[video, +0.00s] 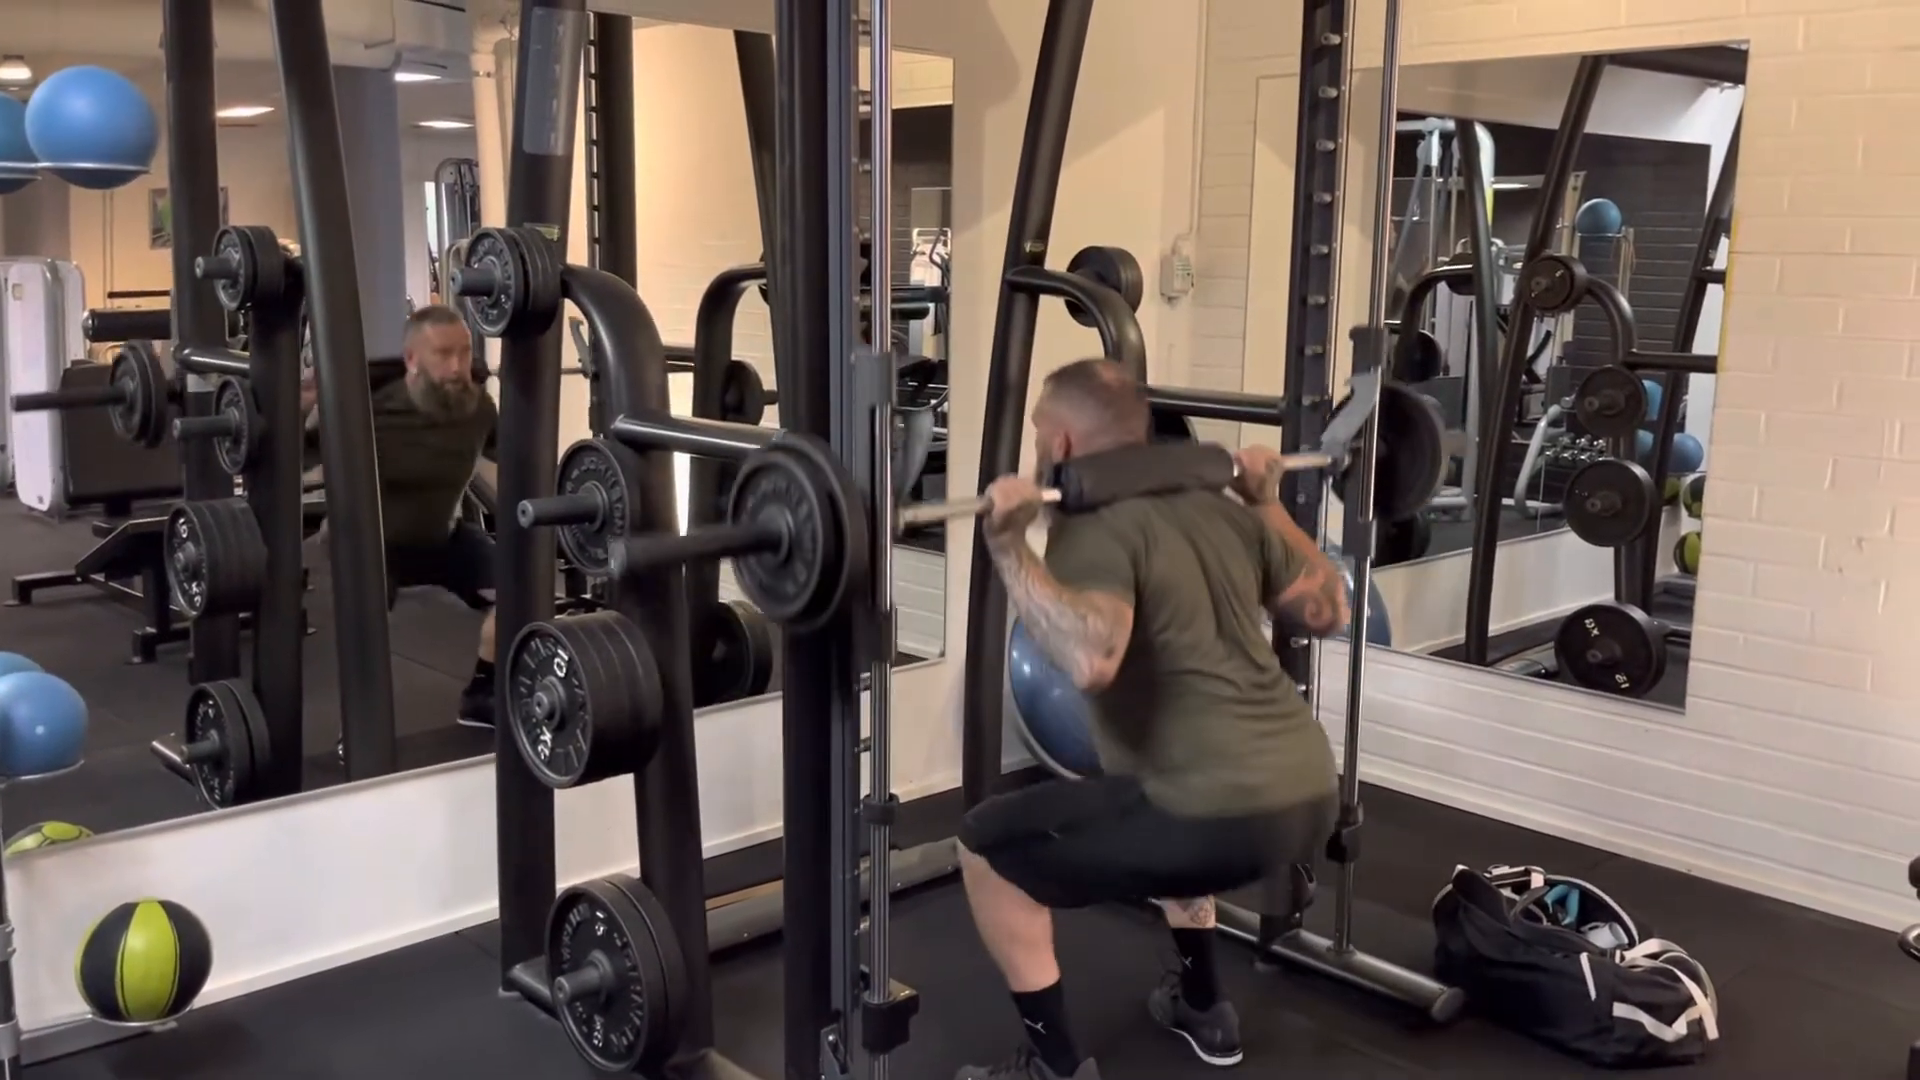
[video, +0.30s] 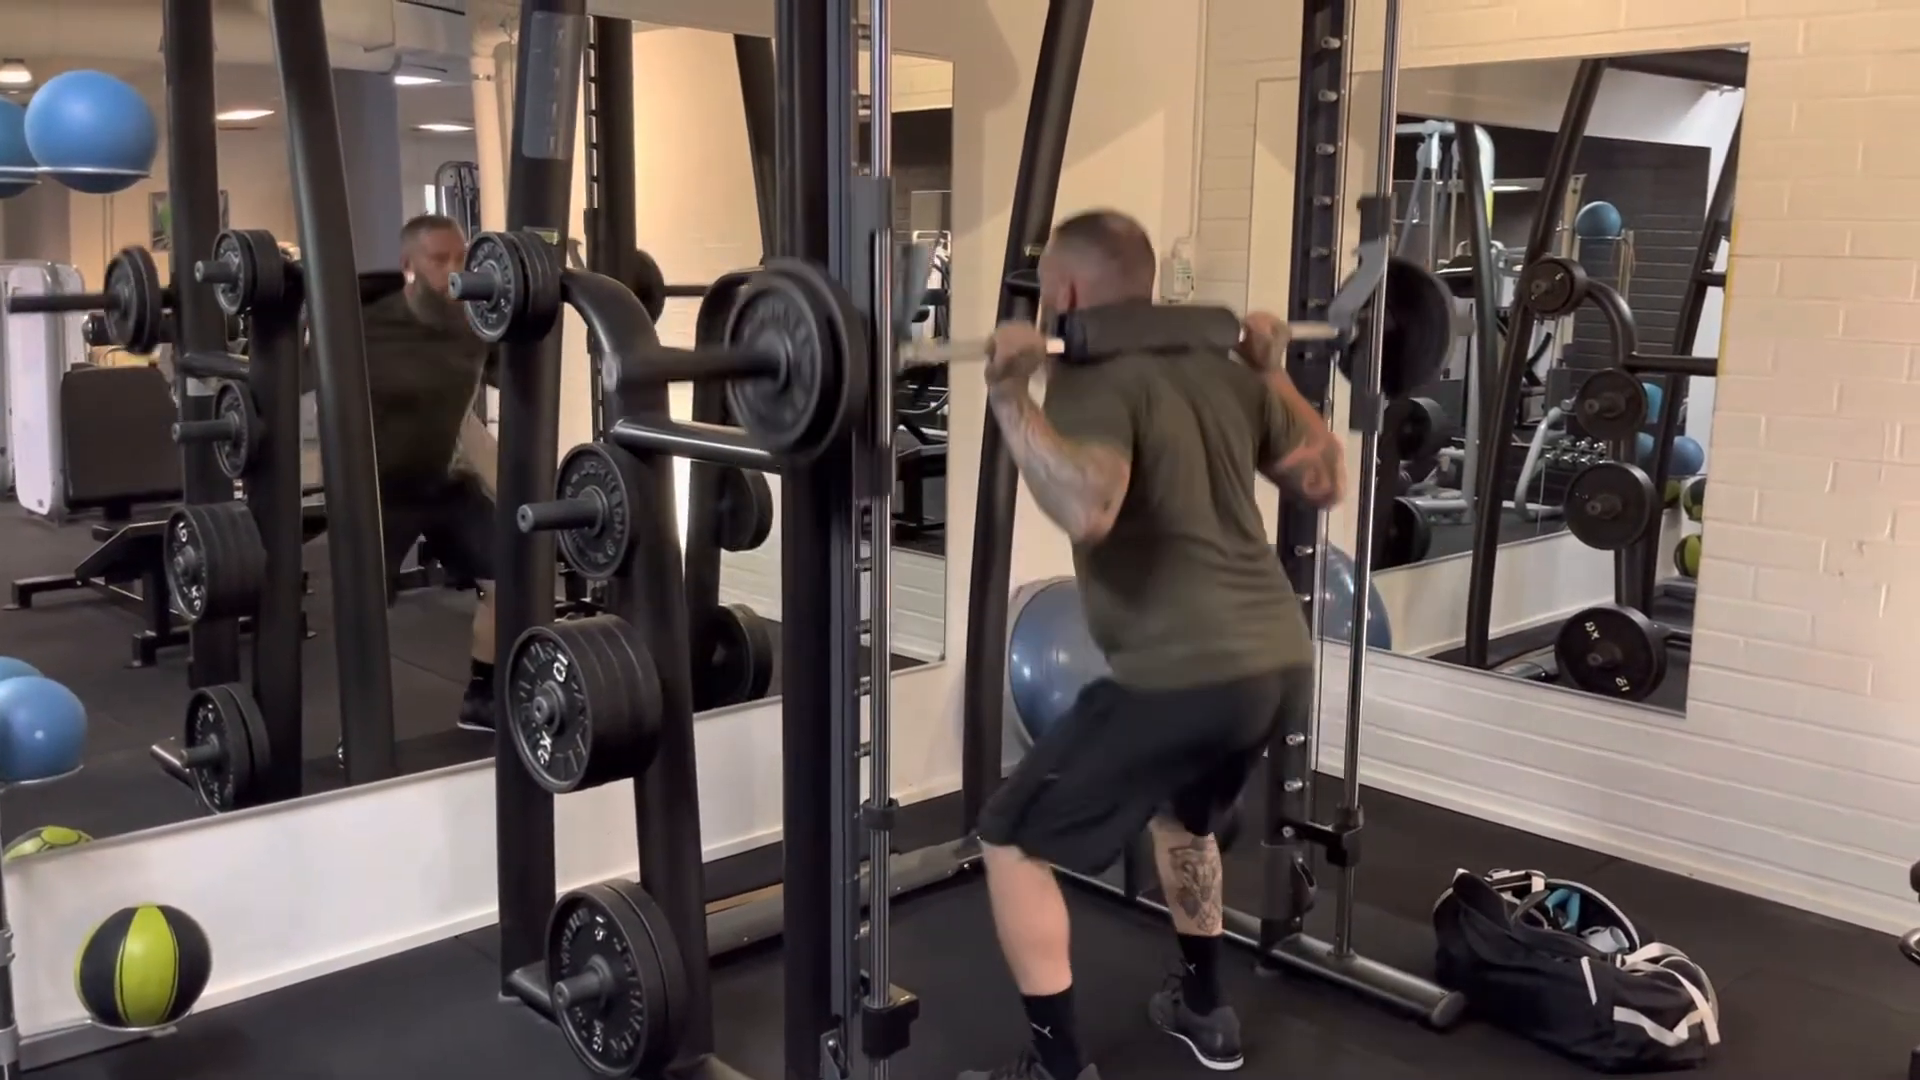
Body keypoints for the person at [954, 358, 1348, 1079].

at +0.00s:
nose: (1036, 450)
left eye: (1038, 436)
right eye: (1034, 436)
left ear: (1060, 445)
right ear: (1139, 431)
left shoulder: (1097, 526)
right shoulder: (1222, 511)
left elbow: (1091, 656)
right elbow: (1328, 609)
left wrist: (1008, 546)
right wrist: (1267, 503)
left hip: (1203, 819)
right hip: (1304, 801)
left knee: (985, 845)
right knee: (1159, 791)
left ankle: (1053, 1055)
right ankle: (1203, 1000)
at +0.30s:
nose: (1048, 303)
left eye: (1049, 289)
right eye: (1049, 289)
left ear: (1070, 289)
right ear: (1145, 284)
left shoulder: (1097, 375)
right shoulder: (1225, 366)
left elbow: (1087, 507)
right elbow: (1328, 478)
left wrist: (1011, 397)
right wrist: (1272, 372)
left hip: (1180, 677)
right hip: (1275, 663)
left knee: (1012, 840)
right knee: (1183, 815)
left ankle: (1057, 1060)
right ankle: (1208, 1015)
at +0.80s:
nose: (1040, 211)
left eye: (1043, 195)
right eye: (1044, 196)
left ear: (1068, 193)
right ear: (1146, 191)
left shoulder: (1093, 286)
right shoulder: (1224, 283)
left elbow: (1082, 414)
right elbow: (1313, 405)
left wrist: (1008, 288)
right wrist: (1273, 292)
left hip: (1134, 605)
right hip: (1235, 593)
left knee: (1073, 840)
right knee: (1198, 803)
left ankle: (1062, 1064)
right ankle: (1210, 1015)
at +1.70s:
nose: (1036, 413)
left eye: (1038, 397)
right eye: (1035, 399)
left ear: (1059, 401)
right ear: (1133, 388)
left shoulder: (1099, 473)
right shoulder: (1227, 464)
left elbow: (1094, 603)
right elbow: (1331, 562)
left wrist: (1004, 493)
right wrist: (1270, 460)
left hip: (1194, 783)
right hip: (1292, 770)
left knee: (984, 858)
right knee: (1171, 818)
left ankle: (1057, 1065)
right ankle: (1209, 1019)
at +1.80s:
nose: (1030, 457)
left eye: (1033, 442)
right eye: (1029, 442)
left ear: (1057, 453)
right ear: (1135, 439)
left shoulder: (1098, 531)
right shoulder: (1230, 519)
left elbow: (1094, 658)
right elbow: (1336, 614)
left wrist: (1009, 553)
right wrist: (1270, 512)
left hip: (1198, 830)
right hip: (1297, 817)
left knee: (977, 864)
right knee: (1148, 817)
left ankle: (1055, 1065)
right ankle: (1207, 1018)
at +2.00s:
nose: (1033, 546)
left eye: (1033, 529)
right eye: (1032, 528)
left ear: (1056, 536)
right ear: (1132, 521)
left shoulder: (1098, 609)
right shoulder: (1223, 594)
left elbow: (1093, 750)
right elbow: (1331, 688)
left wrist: (1005, 638)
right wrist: (1266, 585)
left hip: (1205, 914)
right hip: (1302, 898)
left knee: (971, 863)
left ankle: (1053, 1067)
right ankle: (1205, 1022)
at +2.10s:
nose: (1031, 572)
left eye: (1031, 555)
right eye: (1031, 554)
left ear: (1055, 564)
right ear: (1131, 550)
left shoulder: (1098, 637)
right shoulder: (1221, 618)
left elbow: (1090, 782)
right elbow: (1327, 717)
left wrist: (1003, 667)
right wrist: (1263, 610)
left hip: (1204, 948)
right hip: (1302, 922)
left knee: (971, 860)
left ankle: (1050, 1066)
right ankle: (1208, 1031)